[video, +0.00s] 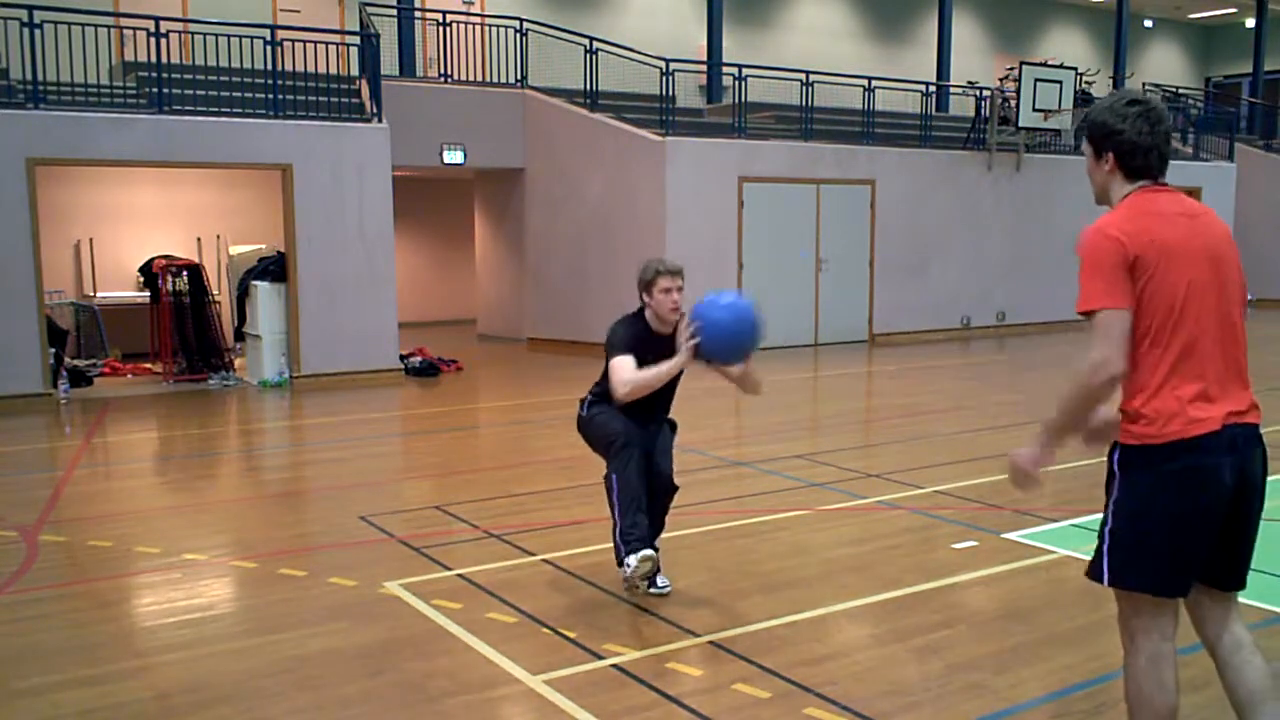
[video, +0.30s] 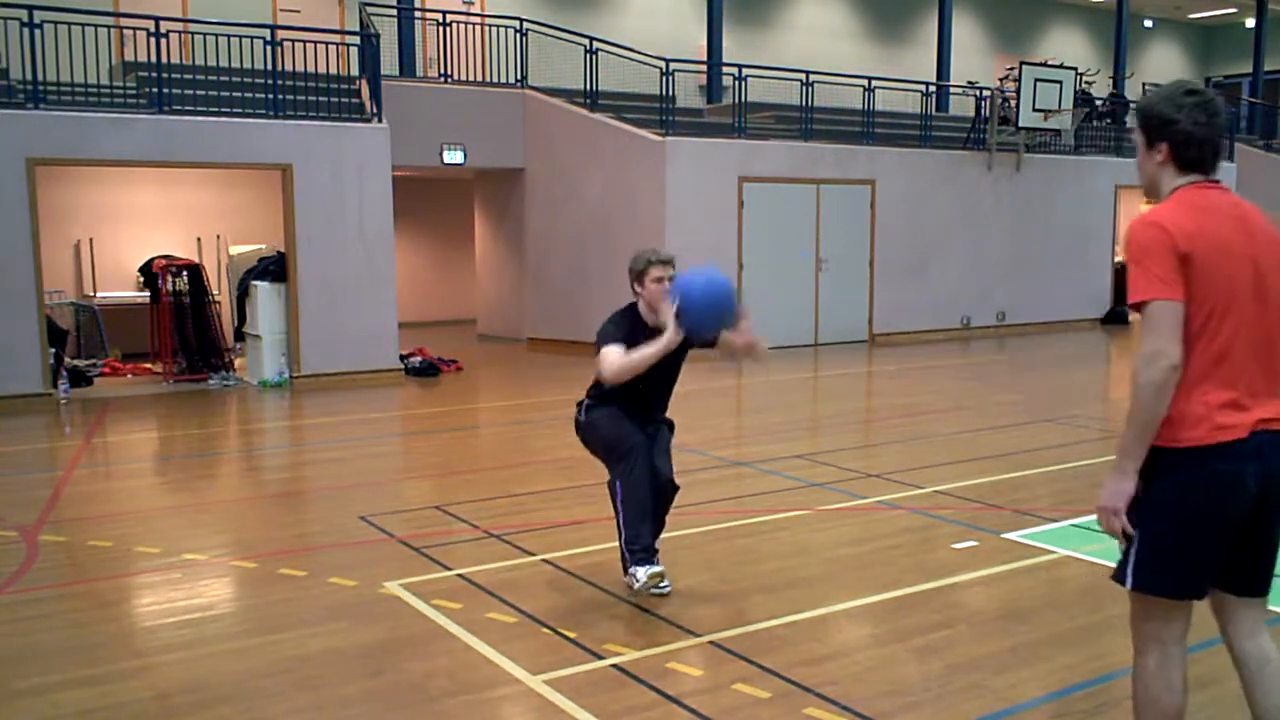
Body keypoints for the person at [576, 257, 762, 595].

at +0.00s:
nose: (676, 298)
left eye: (679, 290)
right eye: (666, 292)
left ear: (684, 293)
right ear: (646, 298)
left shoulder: (688, 331)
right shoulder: (625, 331)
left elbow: (751, 386)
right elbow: (622, 389)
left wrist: (739, 361)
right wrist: (679, 359)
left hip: (653, 420)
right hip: (607, 413)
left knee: (661, 483)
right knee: (627, 444)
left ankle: (645, 561)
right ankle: (634, 555)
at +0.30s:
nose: (668, 287)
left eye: (671, 280)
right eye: (658, 281)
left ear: (676, 283)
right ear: (638, 287)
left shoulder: (684, 321)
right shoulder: (620, 324)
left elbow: (736, 345)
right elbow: (610, 372)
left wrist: (743, 338)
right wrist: (668, 339)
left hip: (651, 420)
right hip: (604, 414)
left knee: (662, 482)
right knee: (633, 456)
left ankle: (642, 560)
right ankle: (640, 563)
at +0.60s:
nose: (650, 337)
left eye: (654, 330)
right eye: (642, 329)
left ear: (661, 335)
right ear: (624, 332)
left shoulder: (666, 367)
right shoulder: (605, 368)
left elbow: (728, 357)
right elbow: (602, 372)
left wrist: (747, 325)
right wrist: (655, 327)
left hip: (637, 464)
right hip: (588, 467)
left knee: (662, 473)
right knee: (631, 465)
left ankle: (640, 562)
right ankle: (648, 570)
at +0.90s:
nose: (588, 417)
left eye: (592, 409)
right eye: (580, 411)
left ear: (598, 410)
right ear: (564, 414)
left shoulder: (613, 450)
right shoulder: (555, 455)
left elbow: (675, 448)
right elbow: (543, 466)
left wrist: (665, 401)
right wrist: (569, 406)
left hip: (624, 545)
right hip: (582, 553)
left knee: (629, 461)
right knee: (597, 474)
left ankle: (639, 561)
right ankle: (654, 519)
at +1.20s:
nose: (518, 470)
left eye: (517, 467)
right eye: (509, 469)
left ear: (526, 471)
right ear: (496, 487)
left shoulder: (545, 485)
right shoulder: (502, 518)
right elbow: (478, 497)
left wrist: (561, 465)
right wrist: (463, 480)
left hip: (604, 519)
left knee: (577, 436)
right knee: (530, 445)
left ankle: (612, 370)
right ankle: (557, 364)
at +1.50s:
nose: (506, 485)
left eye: (505, 482)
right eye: (496, 487)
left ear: (514, 484)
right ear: (488, 501)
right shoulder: (492, 519)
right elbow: (448, 477)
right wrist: (456, 517)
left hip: (595, 468)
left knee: (532, 439)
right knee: (502, 454)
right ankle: (484, 369)